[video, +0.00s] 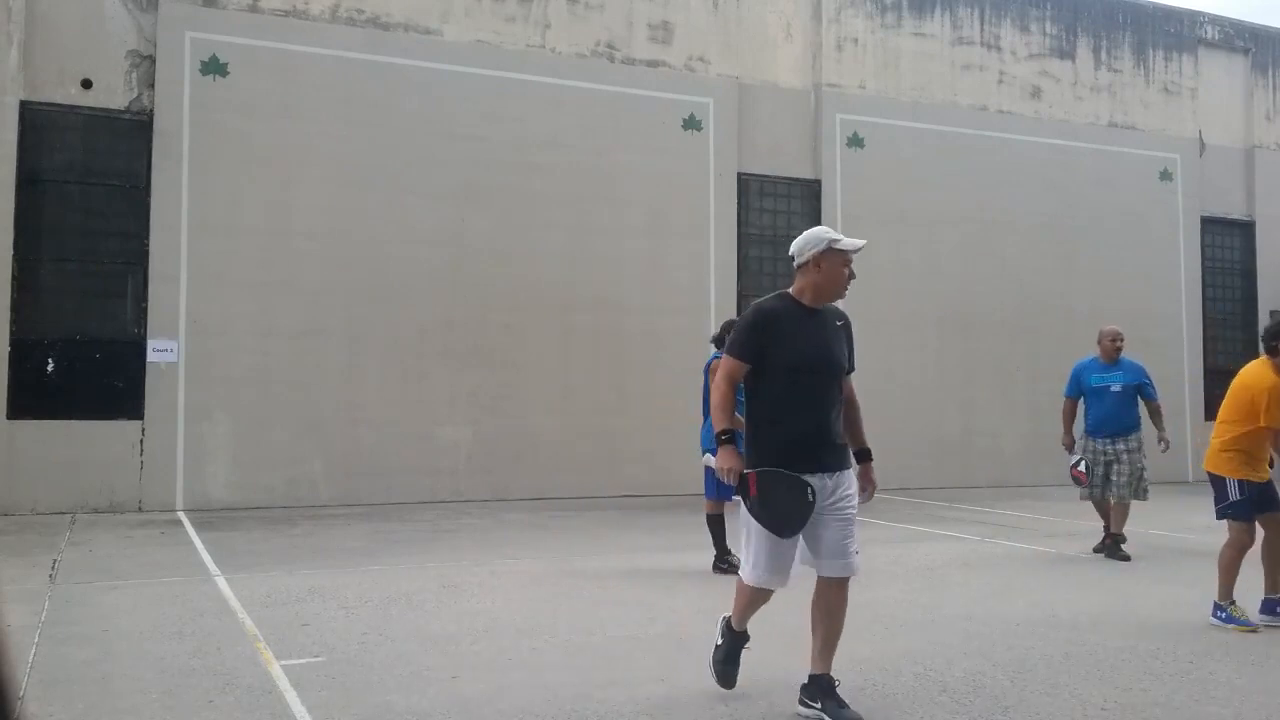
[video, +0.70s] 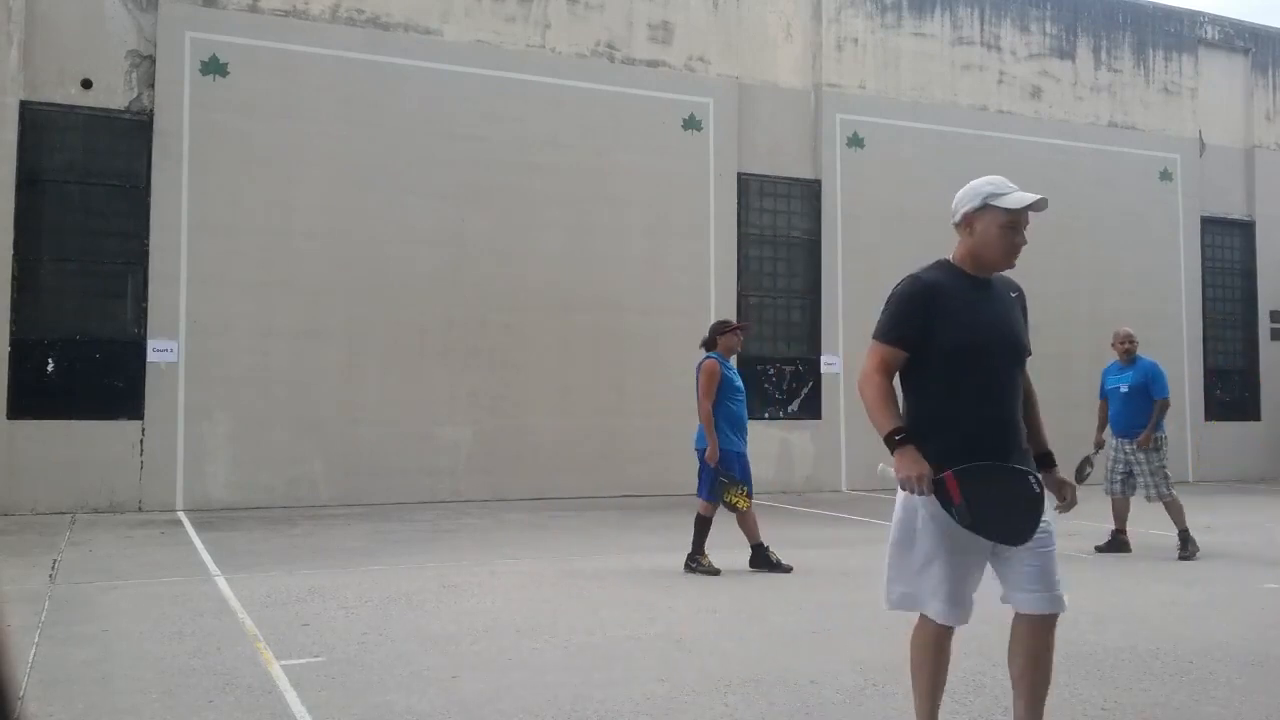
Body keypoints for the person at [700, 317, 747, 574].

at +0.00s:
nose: (745, 345)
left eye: (745, 340)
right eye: (743, 340)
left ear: (725, 336)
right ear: (733, 338)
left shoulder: (729, 364)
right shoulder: (719, 364)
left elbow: (728, 407)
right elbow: (722, 409)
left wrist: (747, 428)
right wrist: (749, 428)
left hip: (727, 439)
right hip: (717, 440)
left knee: (718, 497)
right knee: (715, 497)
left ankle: (724, 553)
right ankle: (721, 554)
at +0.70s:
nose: (740, 338)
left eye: (740, 334)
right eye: (735, 334)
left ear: (730, 339)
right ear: (720, 338)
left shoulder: (728, 366)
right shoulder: (711, 364)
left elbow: (727, 407)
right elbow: (704, 404)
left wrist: (738, 444)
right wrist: (712, 444)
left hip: (735, 447)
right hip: (717, 446)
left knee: (743, 502)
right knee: (709, 500)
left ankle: (759, 553)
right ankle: (696, 556)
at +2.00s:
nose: (601, 338)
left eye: (601, 334)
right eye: (597, 333)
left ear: (589, 337)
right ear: (581, 336)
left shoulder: (595, 358)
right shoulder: (567, 362)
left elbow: (621, 368)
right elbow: (571, 405)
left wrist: (623, 343)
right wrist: (590, 439)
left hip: (582, 442)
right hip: (562, 442)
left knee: (581, 497)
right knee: (553, 498)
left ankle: (585, 552)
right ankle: (545, 559)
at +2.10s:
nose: (599, 335)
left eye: (598, 331)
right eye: (595, 331)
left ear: (583, 335)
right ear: (580, 334)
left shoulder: (590, 358)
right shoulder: (565, 361)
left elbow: (616, 369)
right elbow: (568, 405)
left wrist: (621, 352)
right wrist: (588, 441)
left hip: (576, 441)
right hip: (559, 441)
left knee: (574, 497)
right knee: (552, 498)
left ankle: (571, 553)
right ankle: (545, 560)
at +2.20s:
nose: (597, 335)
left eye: (596, 331)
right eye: (592, 332)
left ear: (582, 336)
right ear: (579, 335)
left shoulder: (585, 361)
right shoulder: (568, 360)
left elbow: (603, 387)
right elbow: (568, 404)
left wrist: (613, 381)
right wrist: (584, 442)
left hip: (572, 440)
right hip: (557, 441)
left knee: (567, 498)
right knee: (551, 498)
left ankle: (564, 553)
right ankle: (544, 560)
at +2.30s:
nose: (597, 337)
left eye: (596, 333)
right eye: (593, 333)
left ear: (579, 336)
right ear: (580, 336)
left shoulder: (570, 360)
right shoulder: (572, 361)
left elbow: (576, 400)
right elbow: (568, 405)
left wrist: (601, 411)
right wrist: (586, 441)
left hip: (567, 441)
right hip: (558, 441)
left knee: (564, 498)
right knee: (552, 499)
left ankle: (563, 552)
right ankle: (544, 560)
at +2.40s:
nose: (599, 337)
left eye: (597, 333)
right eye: (595, 334)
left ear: (579, 337)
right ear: (583, 336)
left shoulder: (564, 359)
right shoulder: (578, 360)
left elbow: (567, 405)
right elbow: (573, 402)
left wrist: (590, 428)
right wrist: (590, 438)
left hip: (558, 438)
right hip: (564, 441)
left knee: (564, 499)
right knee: (559, 499)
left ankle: (562, 551)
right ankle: (546, 560)